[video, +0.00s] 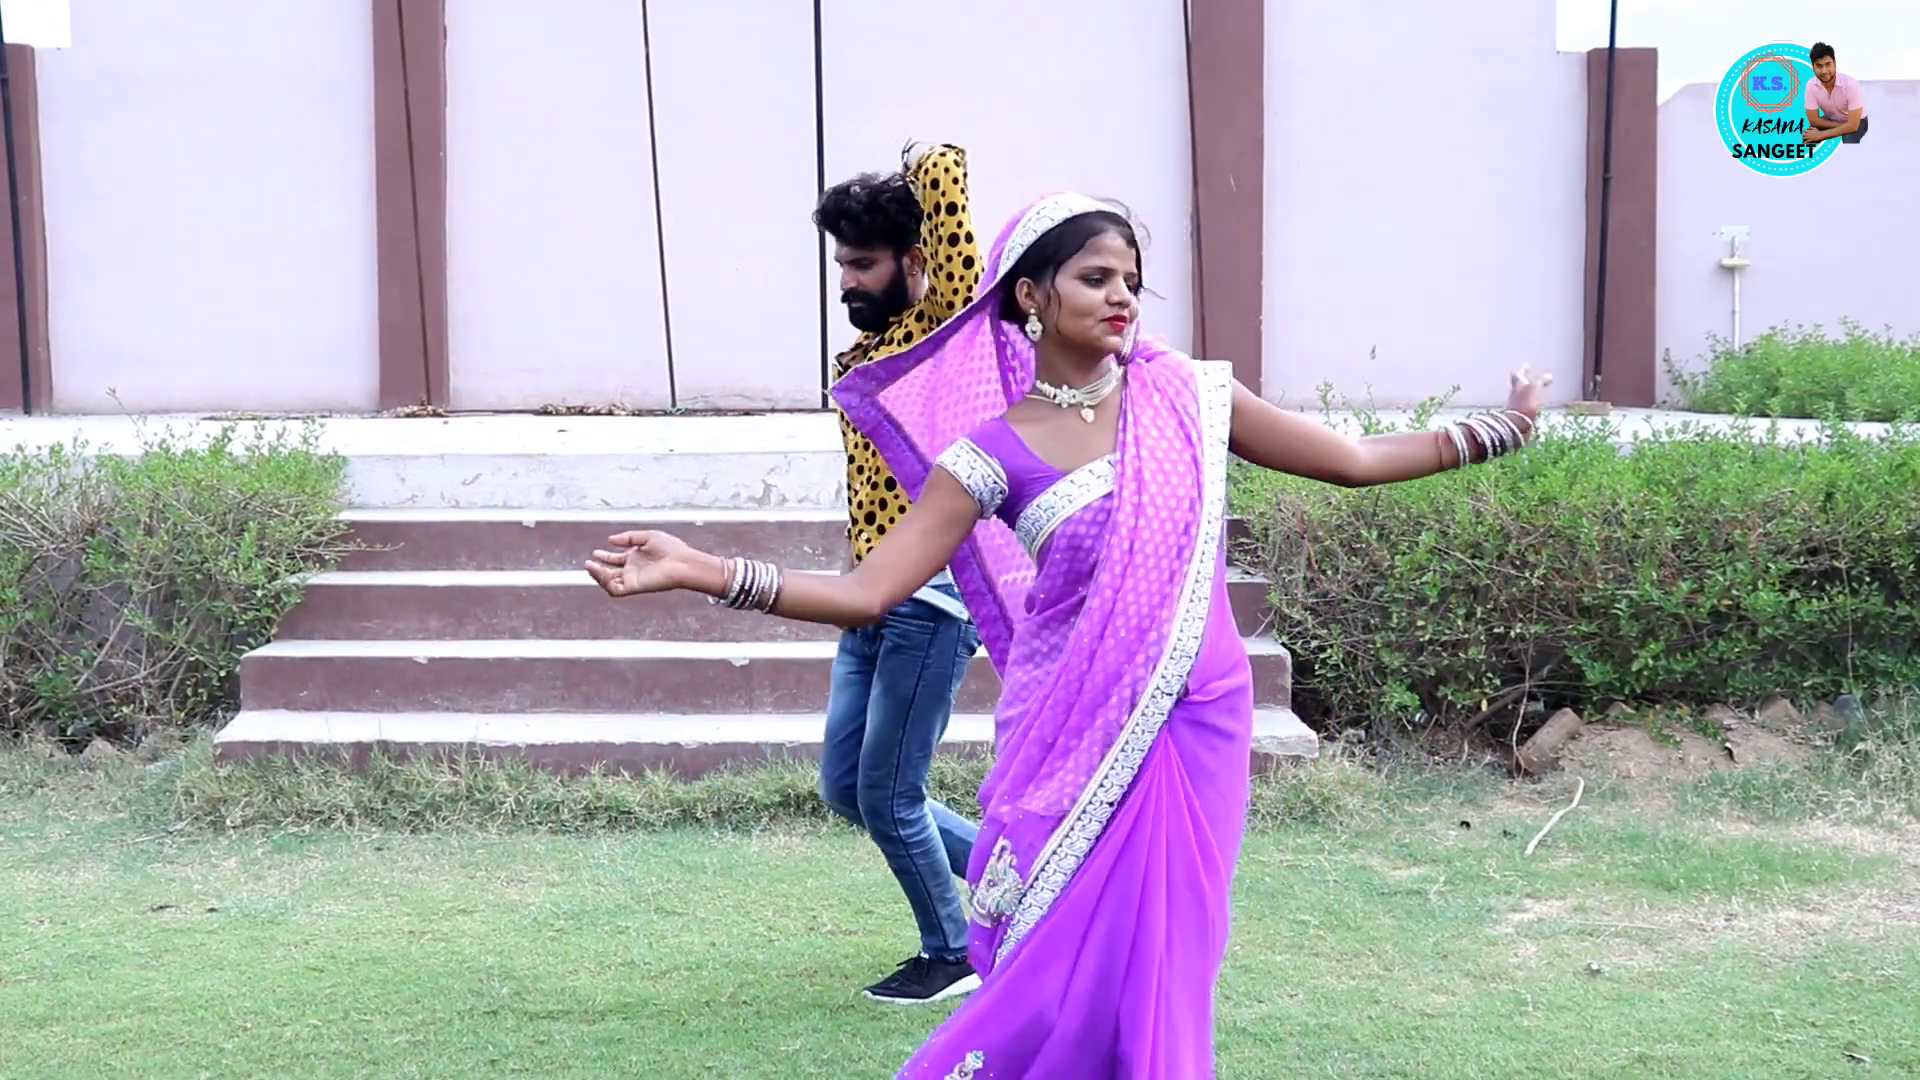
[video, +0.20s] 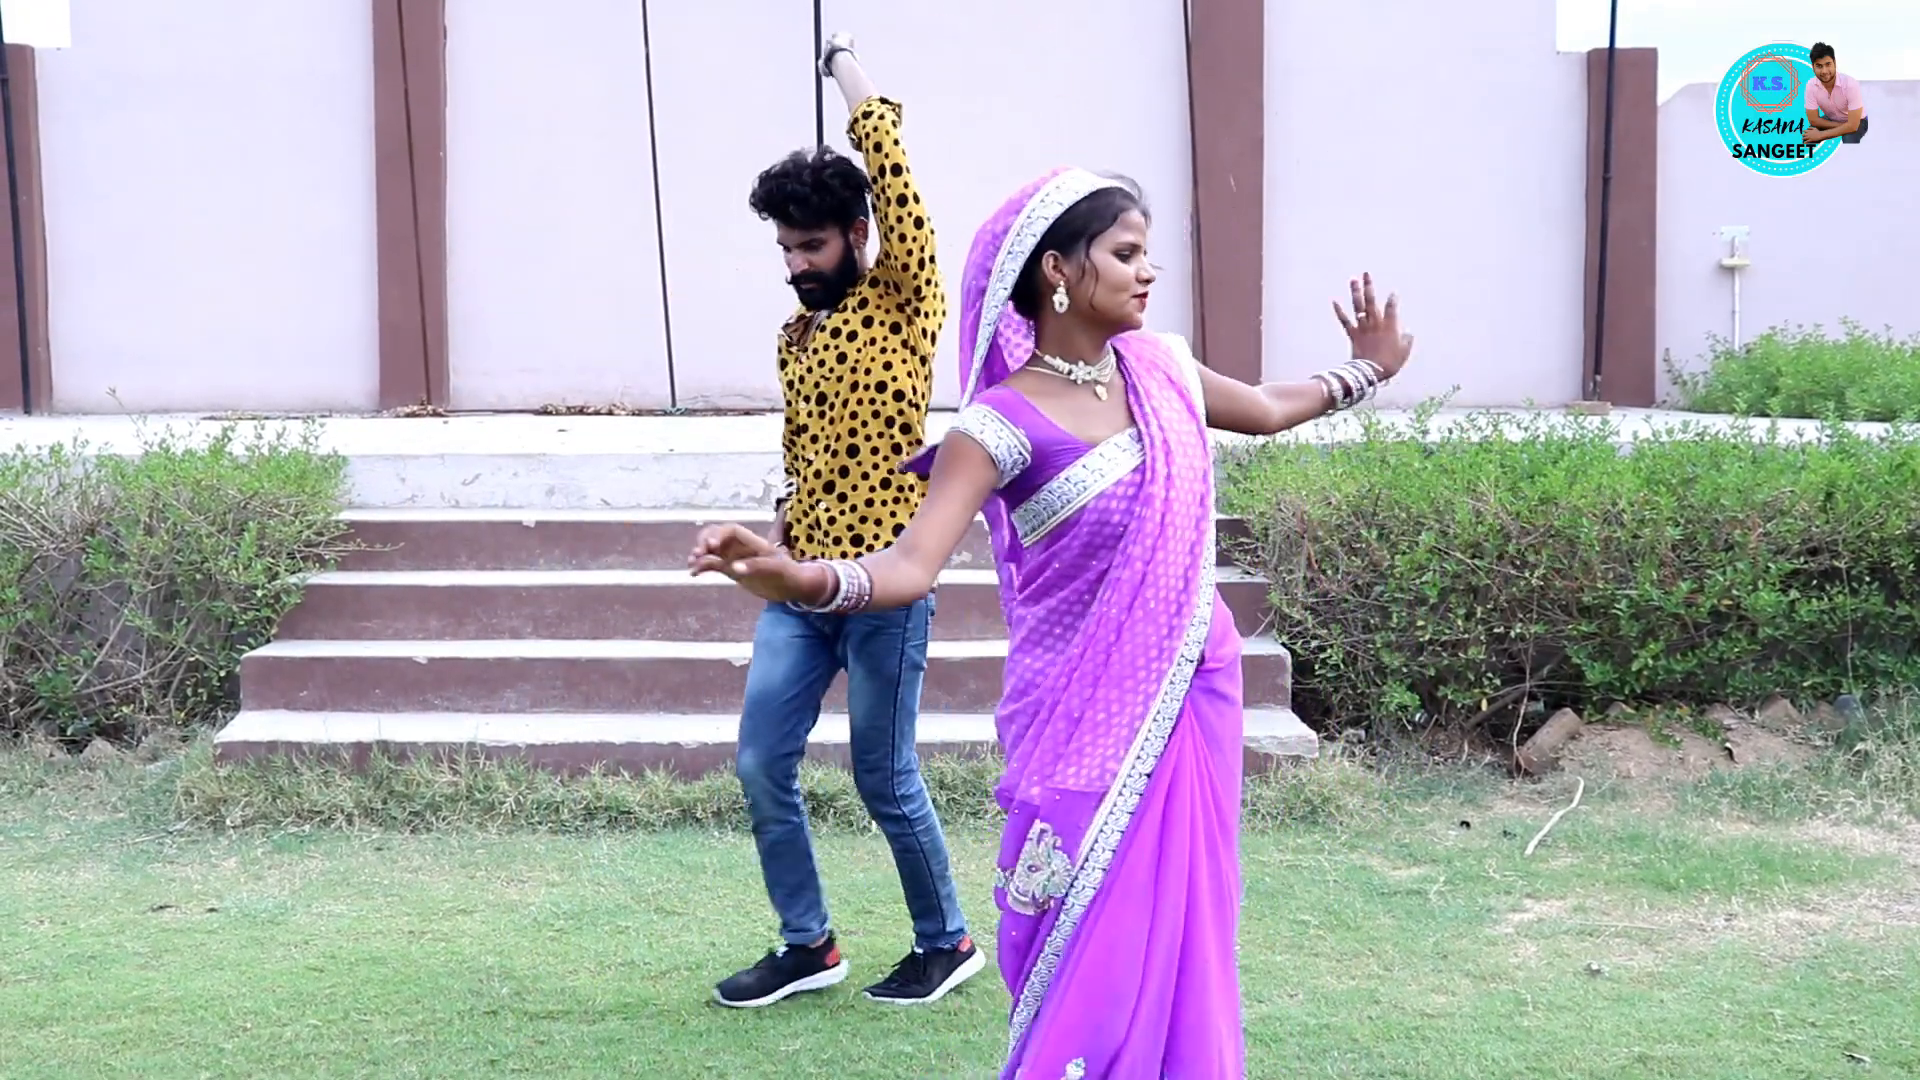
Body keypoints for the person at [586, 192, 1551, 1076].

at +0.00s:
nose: (1124, 302)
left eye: (1131, 284)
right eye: (1100, 284)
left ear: (1136, 293)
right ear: (1033, 296)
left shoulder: (1186, 392)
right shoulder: (993, 451)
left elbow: (1357, 458)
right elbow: (866, 593)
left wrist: (1492, 433)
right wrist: (705, 570)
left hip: (1204, 724)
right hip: (1073, 741)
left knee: (1171, 985)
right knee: (1070, 993)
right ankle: (973, 1071)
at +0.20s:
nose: (1147, 271)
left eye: (1147, 252)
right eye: (1127, 253)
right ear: (1056, 272)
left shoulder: (1158, 361)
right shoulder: (999, 424)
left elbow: (1269, 409)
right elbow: (911, 565)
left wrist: (1362, 370)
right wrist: (803, 578)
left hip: (1194, 703)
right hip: (1078, 723)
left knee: (1192, 947)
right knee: (1089, 960)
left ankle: (1192, 1067)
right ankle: (1077, 1069)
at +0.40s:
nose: (1164, 280)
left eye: (1157, 262)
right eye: (1152, 264)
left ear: (1101, 285)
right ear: (1109, 283)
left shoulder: (1126, 385)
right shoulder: (1046, 446)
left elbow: (1159, 414)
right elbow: (1026, 615)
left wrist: (1204, 382)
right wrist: (996, 614)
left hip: (1165, 733)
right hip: (1090, 759)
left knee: (1193, 970)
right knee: (1101, 992)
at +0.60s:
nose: (1188, 268)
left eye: (1181, 249)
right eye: (1182, 250)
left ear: (1069, 272)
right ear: (1167, 270)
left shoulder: (1038, 382)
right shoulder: (1128, 417)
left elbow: (992, 581)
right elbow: (1200, 591)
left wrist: (988, 741)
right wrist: (1299, 596)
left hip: (1056, 721)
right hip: (1114, 739)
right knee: (1116, 986)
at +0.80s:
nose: (1176, 312)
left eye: (1163, 288)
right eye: (1185, 291)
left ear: (1086, 292)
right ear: (1206, 309)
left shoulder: (1040, 409)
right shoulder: (1222, 450)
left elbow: (959, 461)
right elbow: (1340, 618)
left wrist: (862, 443)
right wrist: (1501, 606)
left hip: (1044, 753)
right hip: (1165, 767)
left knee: (1054, 987)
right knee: (1166, 999)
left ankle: (1059, 1070)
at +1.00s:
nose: (1184, 299)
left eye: (1147, 276)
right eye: (1226, 277)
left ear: (1126, 281)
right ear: (1247, 295)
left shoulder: (1065, 388)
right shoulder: (1274, 420)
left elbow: (917, 444)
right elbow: (1403, 579)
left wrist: (771, 427)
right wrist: (1551, 574)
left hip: (1065, 738)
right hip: (1208, 747)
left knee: (1073, 988)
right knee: (1224, 986)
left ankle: (1093, 1079)